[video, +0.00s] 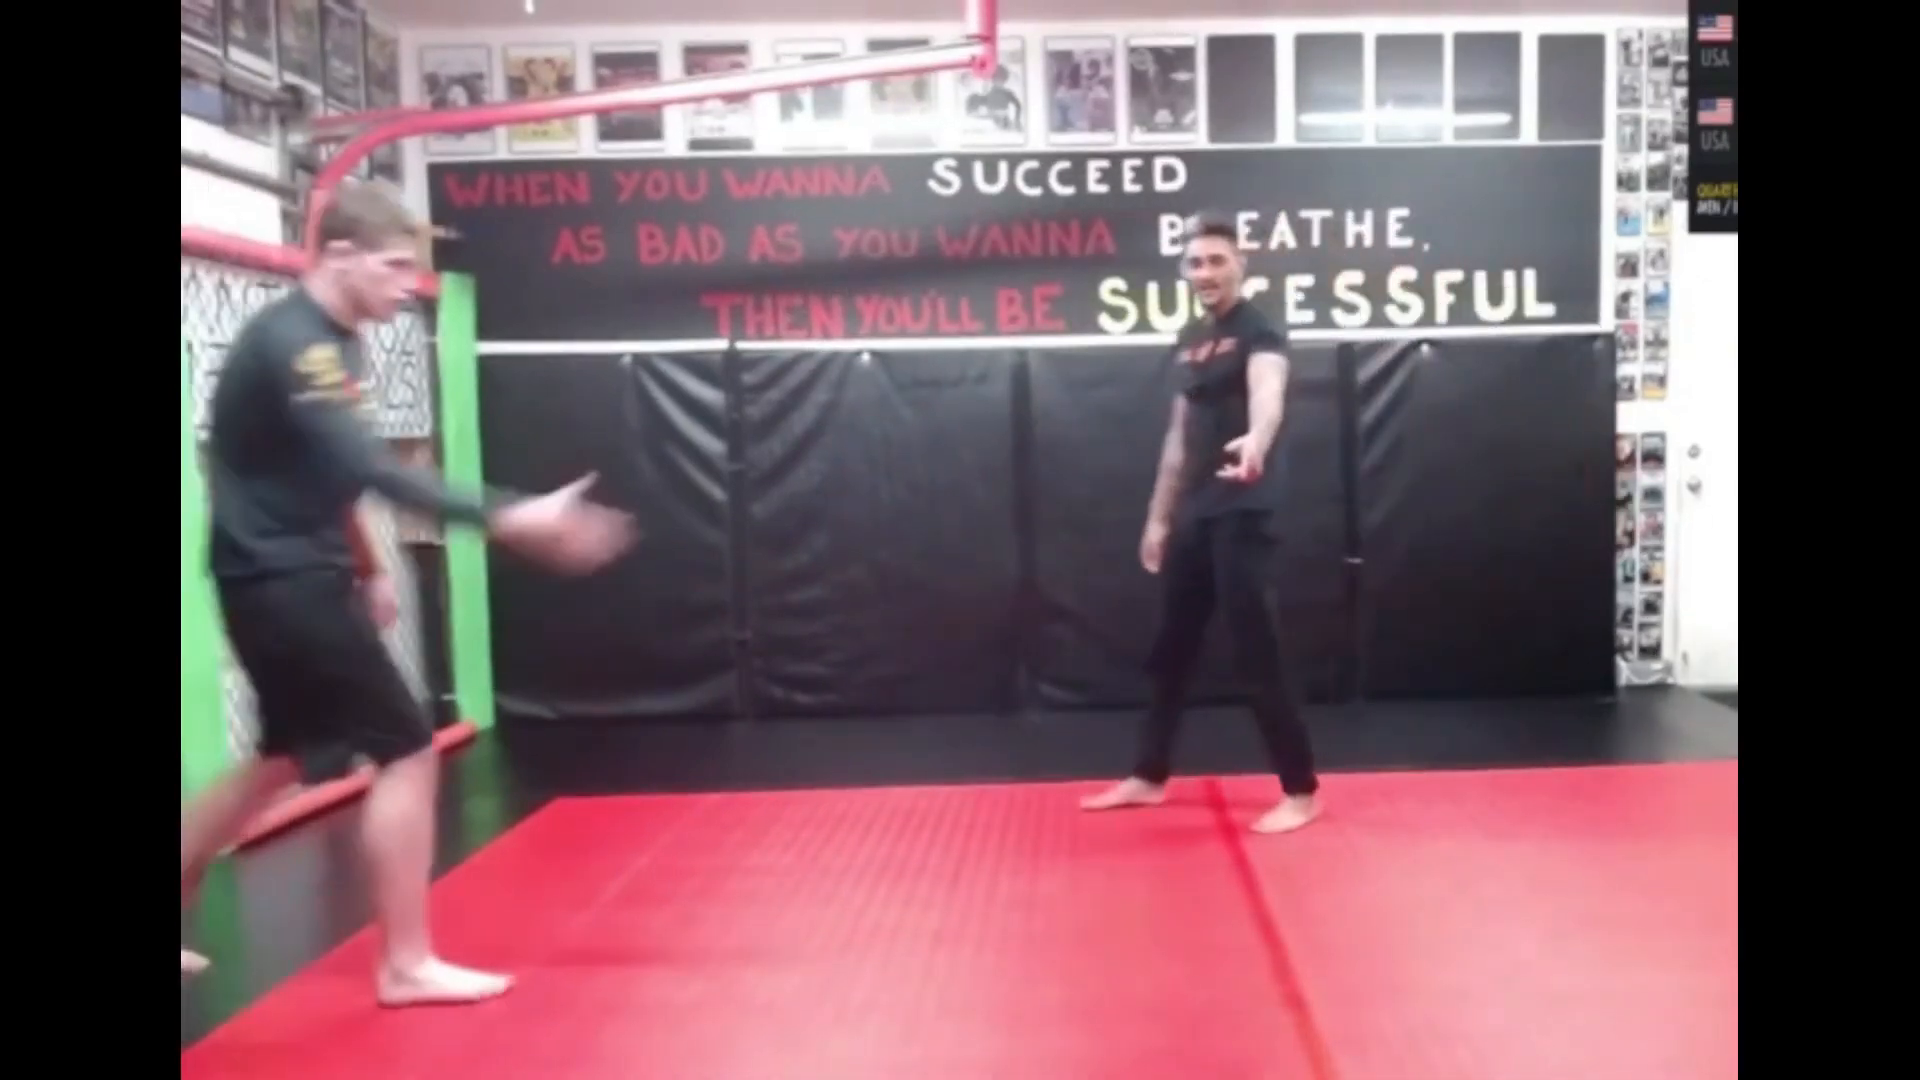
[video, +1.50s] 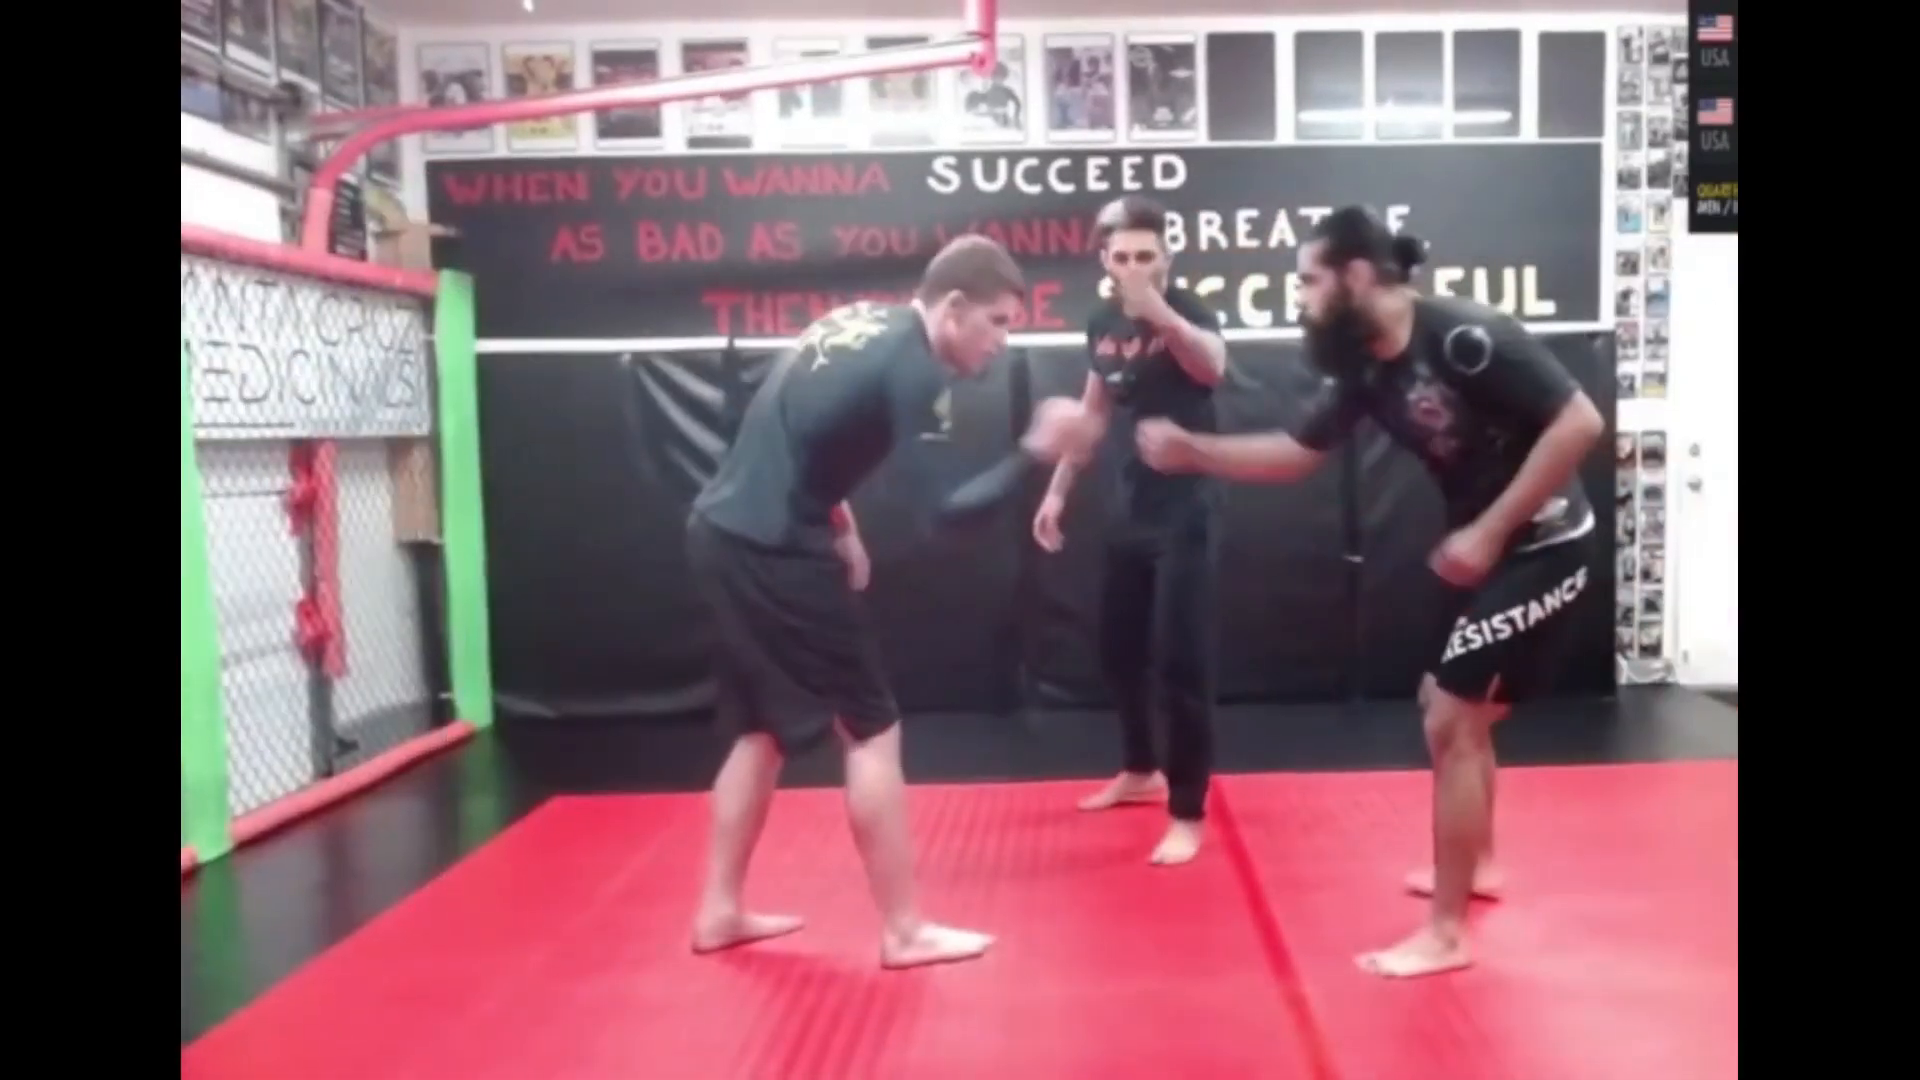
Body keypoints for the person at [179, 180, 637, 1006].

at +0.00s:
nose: (408, 291)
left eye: (412, 275)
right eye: (399, 272)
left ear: (358, 263)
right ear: (344, 258)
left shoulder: (324, 333)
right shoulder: (294, 339)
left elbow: (331, 475)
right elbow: (372, 466)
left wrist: (369, 564)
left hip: (282, 575)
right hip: (282, 578)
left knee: (278, 756)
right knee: (405, 749)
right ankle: (407, 963)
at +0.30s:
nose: (543, 270)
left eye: (548, 253)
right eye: (534, 251)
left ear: (476, 238)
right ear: (478, 234)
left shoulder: (431, 300)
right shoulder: (438, 310)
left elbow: (422, 445)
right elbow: (564, 392)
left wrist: (470, 532)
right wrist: (719, 424)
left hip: (436, 551)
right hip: (399, 558)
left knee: (538, 711)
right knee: (445, 765)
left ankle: (469, 909)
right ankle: (406, 965)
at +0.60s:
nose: (722, 286)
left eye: (725, 269)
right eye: (716, 267)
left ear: (658, 255)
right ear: (666, 251)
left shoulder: (590, 313)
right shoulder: (627, 320)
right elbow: (750, 404)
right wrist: (904, 422)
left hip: (609, 563)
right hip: (600, 568)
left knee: (718, 718)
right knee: (675, 750)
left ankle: (720, 913)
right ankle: (509, 888)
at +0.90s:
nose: (896, 308)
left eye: (899, 291)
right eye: (890, 289)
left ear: (828, 274)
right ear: (841, 272)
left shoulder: (741, 309)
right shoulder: (813, 342)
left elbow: (706, 437)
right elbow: (944, 427)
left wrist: (768, 521)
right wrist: (1085, 439)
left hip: (679, 539)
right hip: (728, 546)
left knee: (764, 727)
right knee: (843, 726)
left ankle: (721, 907)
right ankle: (906, 926)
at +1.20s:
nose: (994, 350)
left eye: (998, 334)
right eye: (991, 331)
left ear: (933, 312)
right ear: (946, 314)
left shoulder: (839, 327)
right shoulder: (921, 376)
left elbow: (756, 409)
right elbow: (962, 517)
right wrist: (1082, 504)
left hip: (707, 531)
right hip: (774, 547)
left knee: (765, 731)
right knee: (880, 726)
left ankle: (720, 909)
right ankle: (907, 928)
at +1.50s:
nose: (1002, 342)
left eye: (1007, 326)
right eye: (998, 322)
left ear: (940, 306)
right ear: (950, 305)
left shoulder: (868, 323)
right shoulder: (913, 363)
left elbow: (797, 428)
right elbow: (943, 509)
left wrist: (839, 522)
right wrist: (1033, 452)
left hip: (720, 525)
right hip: (779, 543)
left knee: (761, 729)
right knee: (872, 728)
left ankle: (719, 910)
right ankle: (903, 928)